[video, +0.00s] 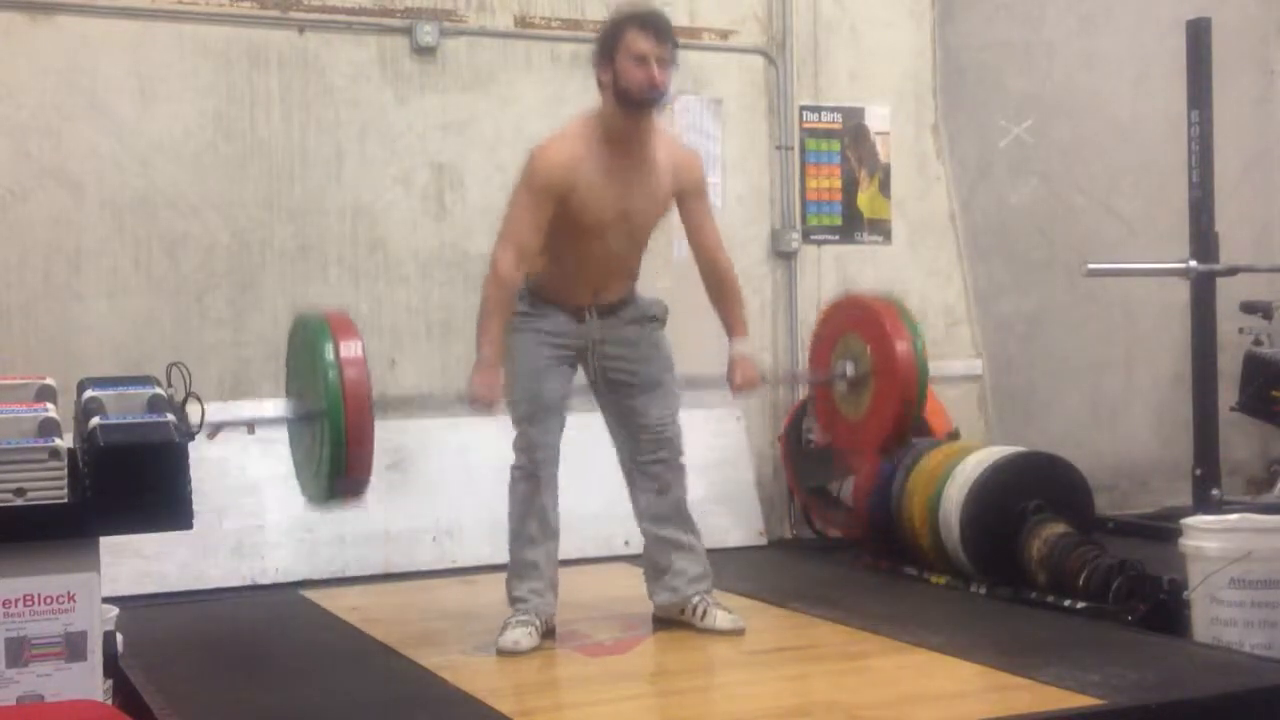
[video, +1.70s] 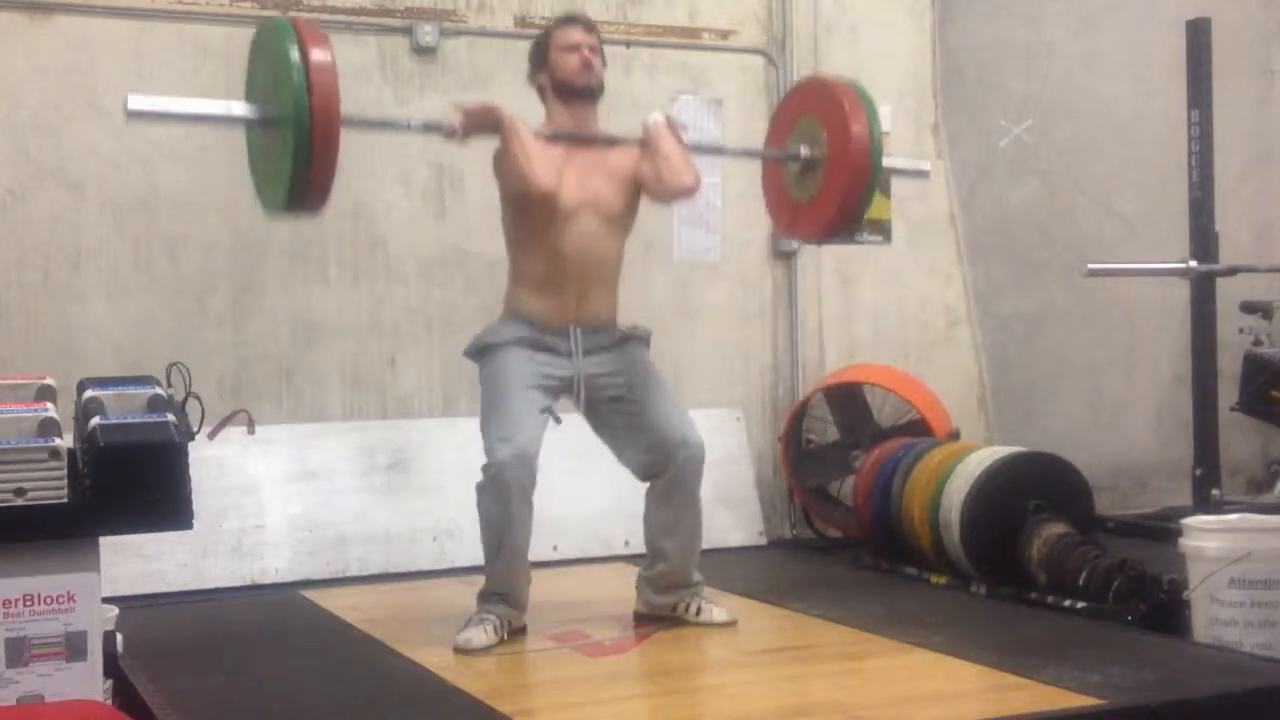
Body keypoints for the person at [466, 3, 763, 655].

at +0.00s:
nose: (652, 75)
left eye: (661, 64)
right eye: (638, 61)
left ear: (670, 75)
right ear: (604, 70)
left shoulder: (677, 164)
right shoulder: (558, 159)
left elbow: (712, 258)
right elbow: (510, 256)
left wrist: (740, 341)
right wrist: (488, 359)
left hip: (625, 318)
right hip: (543, 318)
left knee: (658, 450)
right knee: (535, 456)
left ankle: (682, 592)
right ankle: (529, 607)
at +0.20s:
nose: (599, 15)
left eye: (608, 6)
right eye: (584, 5)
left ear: (619, 17)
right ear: (554, 14)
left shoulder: (637, 98)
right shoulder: (525, 92)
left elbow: (690, 171)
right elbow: (487, 175)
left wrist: (732, 239)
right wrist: (483, 255)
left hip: (642, 277)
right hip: (562, 278)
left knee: (678, 428)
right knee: (553, 438)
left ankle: (690, 587)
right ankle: (531, 606)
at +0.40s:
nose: (601, 84)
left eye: (609, 74)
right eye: (586, 72)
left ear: (618, 80)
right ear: (555, 77)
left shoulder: (634, 160)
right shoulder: (520, 155)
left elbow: (676, 221)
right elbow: (459, 233)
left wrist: (715, 200)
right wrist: (463, 212)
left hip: (628, 343)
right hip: (546, 344)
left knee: (700, 447)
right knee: (511, 457)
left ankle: (673, 580)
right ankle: (501, 591)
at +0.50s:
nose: (601, 141)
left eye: (610, 132)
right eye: (587, 132)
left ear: (623, 146)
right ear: (562, 150)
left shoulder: (648, 232)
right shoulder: (532, 231)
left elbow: (673, 315)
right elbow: (490, 326)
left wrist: (697, 255)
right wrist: (487, 257)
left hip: (628, 405)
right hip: (546, 404)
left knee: (713, 474)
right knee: (506, 487)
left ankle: (667, 592)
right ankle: (501, 612)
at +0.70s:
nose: (602, 231)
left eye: (611, 221)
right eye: (587, 222)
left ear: (623, 234)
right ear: (561, 240)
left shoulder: (648, 313)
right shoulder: (542, 318)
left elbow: (695, 343)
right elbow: (560, 360)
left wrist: (680, 296)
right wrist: (519, 296)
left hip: (629, 477)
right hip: (552, 479)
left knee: (726, 481)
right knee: (506, 503)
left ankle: (668, 596)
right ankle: (503, 613)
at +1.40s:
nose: (599, 145)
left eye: (607, 137)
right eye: (583, 136)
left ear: (617, 154)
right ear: (554, 156)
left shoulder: (637, 237)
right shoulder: (529, 235)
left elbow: (684, 278)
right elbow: (547, 283)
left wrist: (663, 211)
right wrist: (511, 212)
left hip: (599, 397)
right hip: (522, 395)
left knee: (677, 454)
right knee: (534, 463)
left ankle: (667, 593)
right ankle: (503, 610)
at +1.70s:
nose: (588, 58)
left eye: (595, 51)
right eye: (571, 50)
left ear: (604, 71)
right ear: (542, 71)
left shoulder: (631, 152)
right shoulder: (521, 146)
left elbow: (680, 182)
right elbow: (537, 187)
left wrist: (658, 123)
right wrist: (503, 120)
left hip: (608, 343)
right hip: (525, 340)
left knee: (681, 450)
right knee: (509, 458)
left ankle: (668, 592)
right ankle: (500, 606)